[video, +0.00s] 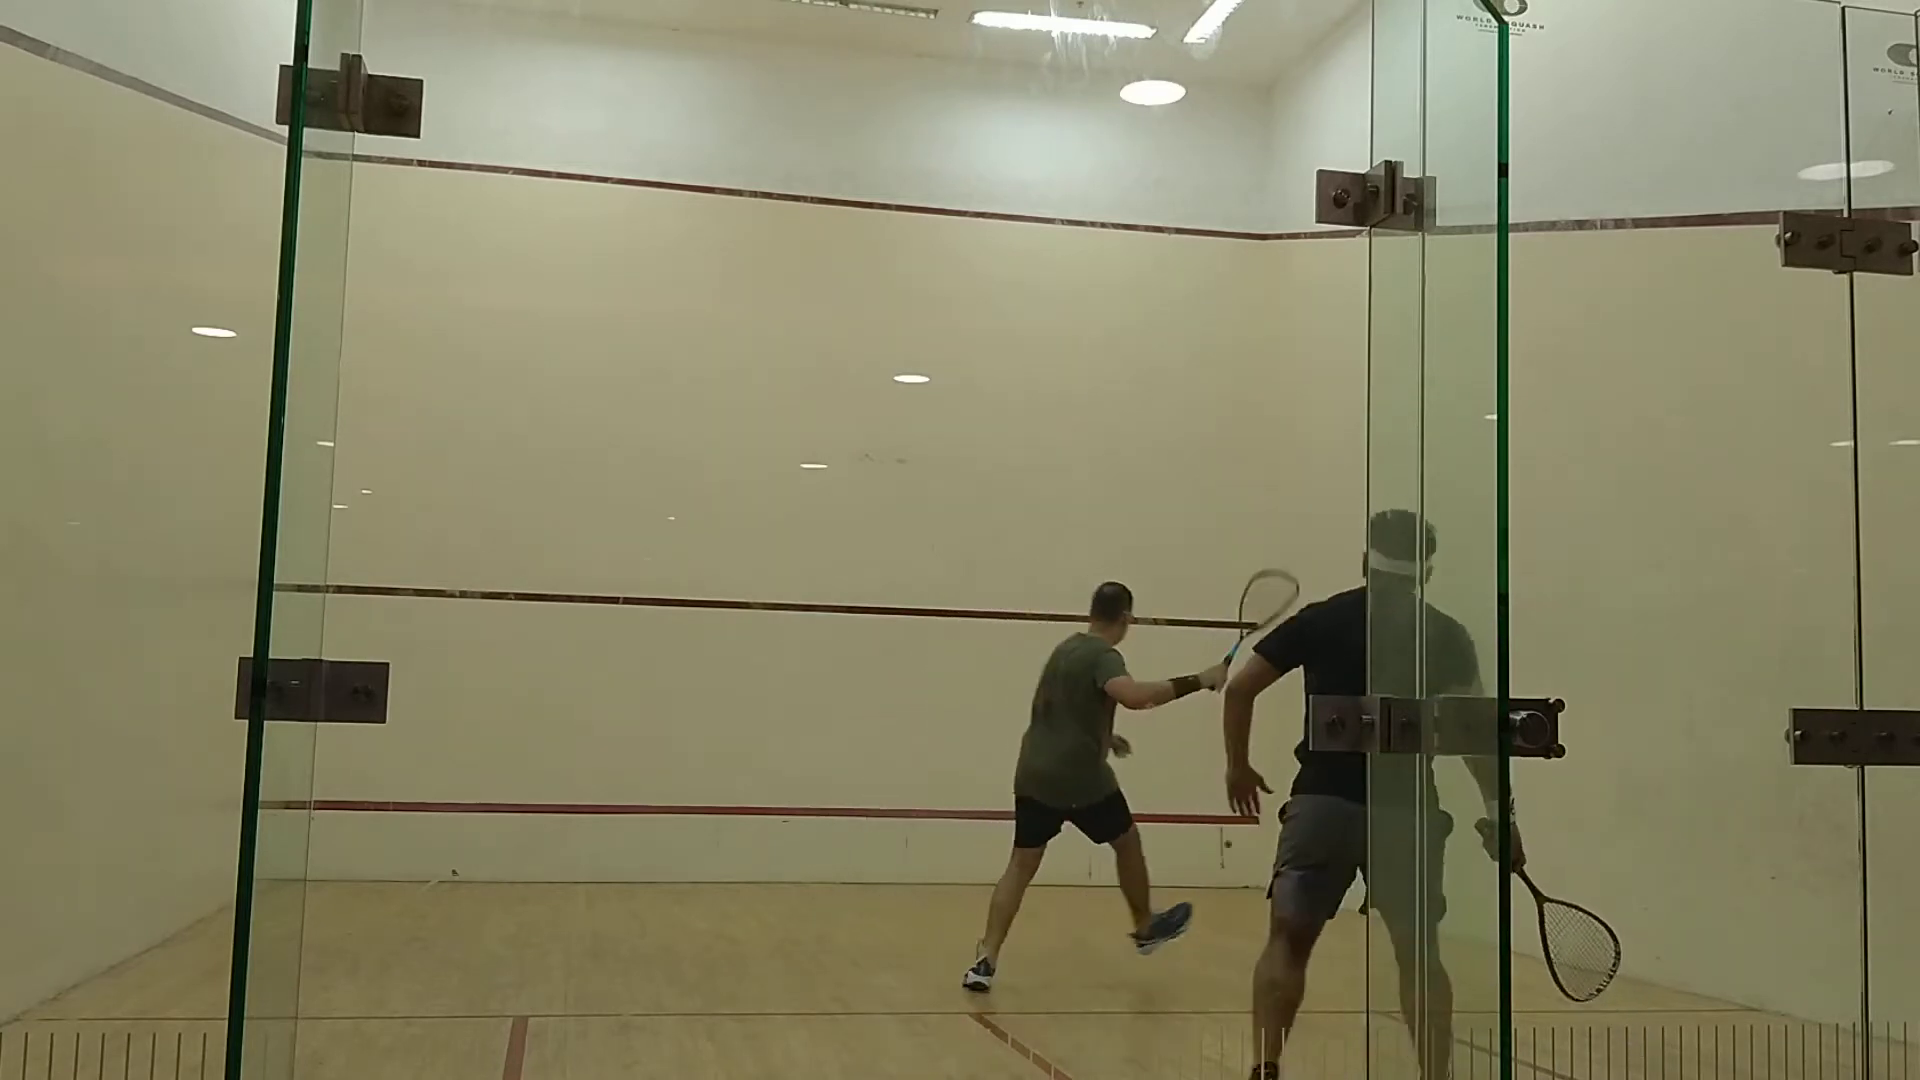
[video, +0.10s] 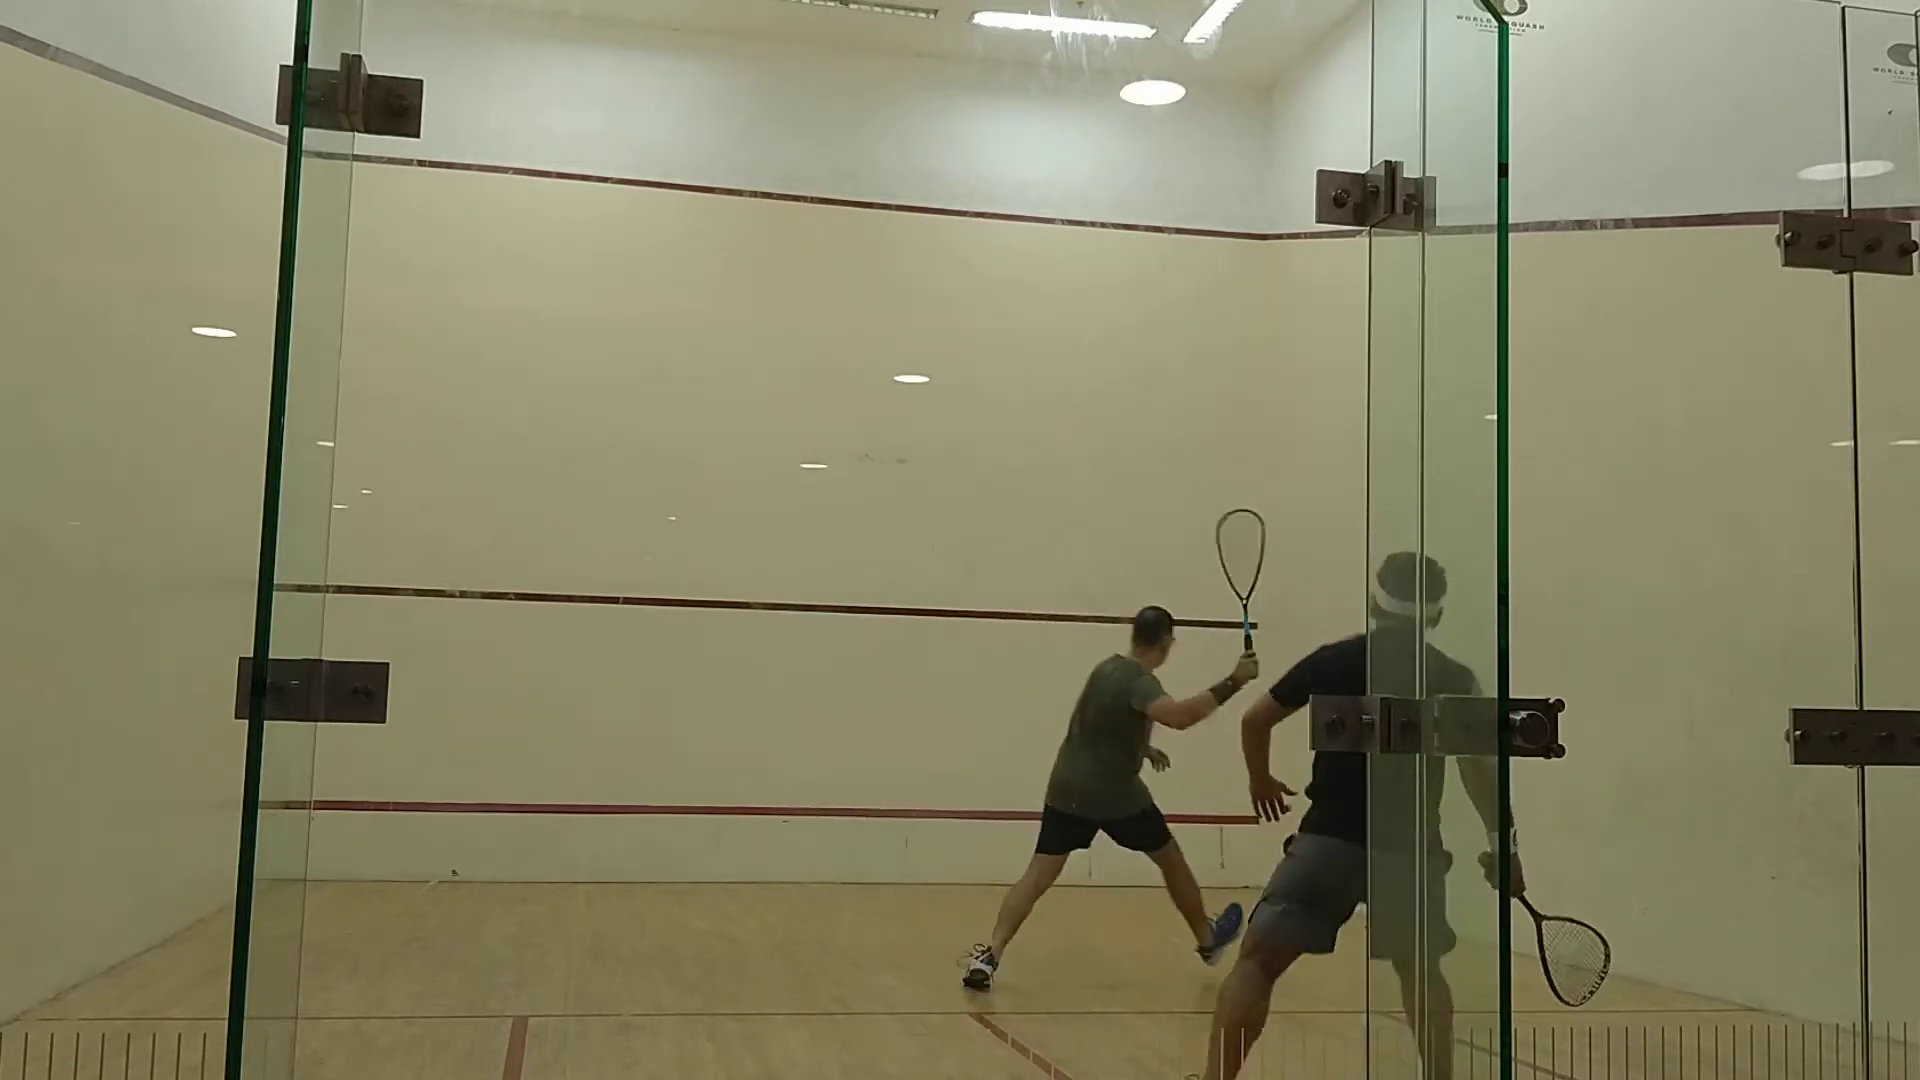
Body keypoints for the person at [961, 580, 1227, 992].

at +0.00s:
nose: (1130, 626)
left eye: (1129, 619)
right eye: (1130, 619)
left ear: (1091, 613)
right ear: (1125, 618)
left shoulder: (1065, 649)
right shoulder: (1103, 655)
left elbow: (1055, 710)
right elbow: (1134, 697)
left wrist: (1102, 735)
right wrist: (1199, 680)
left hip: (1034, 777)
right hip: (1082, 779)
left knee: (1021, 864)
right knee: (1126, 842)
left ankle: (985, 961)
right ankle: (1145, 925)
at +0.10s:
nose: (1170, 649)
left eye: (1170, 643)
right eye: (1171, 643)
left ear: (1134, 637)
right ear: (1165, 642)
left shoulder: (1105, 669)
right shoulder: (1138, 680)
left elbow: (1097, 723)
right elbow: (1179, 716)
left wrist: (1142, 748)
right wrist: (1233, 681)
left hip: (1066, 792)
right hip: (1116, 795)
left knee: (1036, 876)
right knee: (1170, 859)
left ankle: (989, 956)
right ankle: (1206, 938)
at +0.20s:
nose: (1212, 670)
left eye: (1210, 662)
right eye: (1212, 664)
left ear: (1177, 657)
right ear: (1206, 666)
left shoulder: (1144, 688)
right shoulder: (1192, 713)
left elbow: (1113, 731)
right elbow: (1244, 752)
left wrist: (1153, 745)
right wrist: (1279, 722)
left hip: (1103, 805)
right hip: (1158, 809)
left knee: (1065, 875)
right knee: (1220, 860)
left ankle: (1007, 938)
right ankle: (1232, 954)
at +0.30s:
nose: (1235, 665)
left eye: (1232, 660)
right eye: (1235, 661)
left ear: (1199, 659)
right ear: (1232, 664)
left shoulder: (1165, 690)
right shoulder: (1237, 711)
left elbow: (1142, 746)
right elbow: (1277, 758)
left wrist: (1132, 795)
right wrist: (1307, 783)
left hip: (1136, 802)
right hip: (1191, 805)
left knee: (1099, 875)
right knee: (1242, 858)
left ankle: (1055, 944)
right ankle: (1232, 952)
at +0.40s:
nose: (1215, 650)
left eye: (1202, 642)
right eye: (1225, 644)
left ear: (1194, 643)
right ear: (1229, 644)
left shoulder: (1174, 683)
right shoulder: (1249, 679)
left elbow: (1159, 748)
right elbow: (1263, 738)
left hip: (1173, 793)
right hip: (1230, 796)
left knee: (1135, 866)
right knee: (1262, 857)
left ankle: (1096, 947)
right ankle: (1236, 944)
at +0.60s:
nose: (1176, 672)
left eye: (1175, 665)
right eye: (1173, 665)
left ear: (1186, 660)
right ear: (1209, 653)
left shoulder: (1190, 699)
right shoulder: (1257, 679)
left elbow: (1190, 767)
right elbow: (1289, 730)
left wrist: (1200, 801)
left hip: (1229, 799)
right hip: (1280, 795)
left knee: (1170, 857)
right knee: (1281, 862)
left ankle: (1192, 946)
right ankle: (1317, 937)